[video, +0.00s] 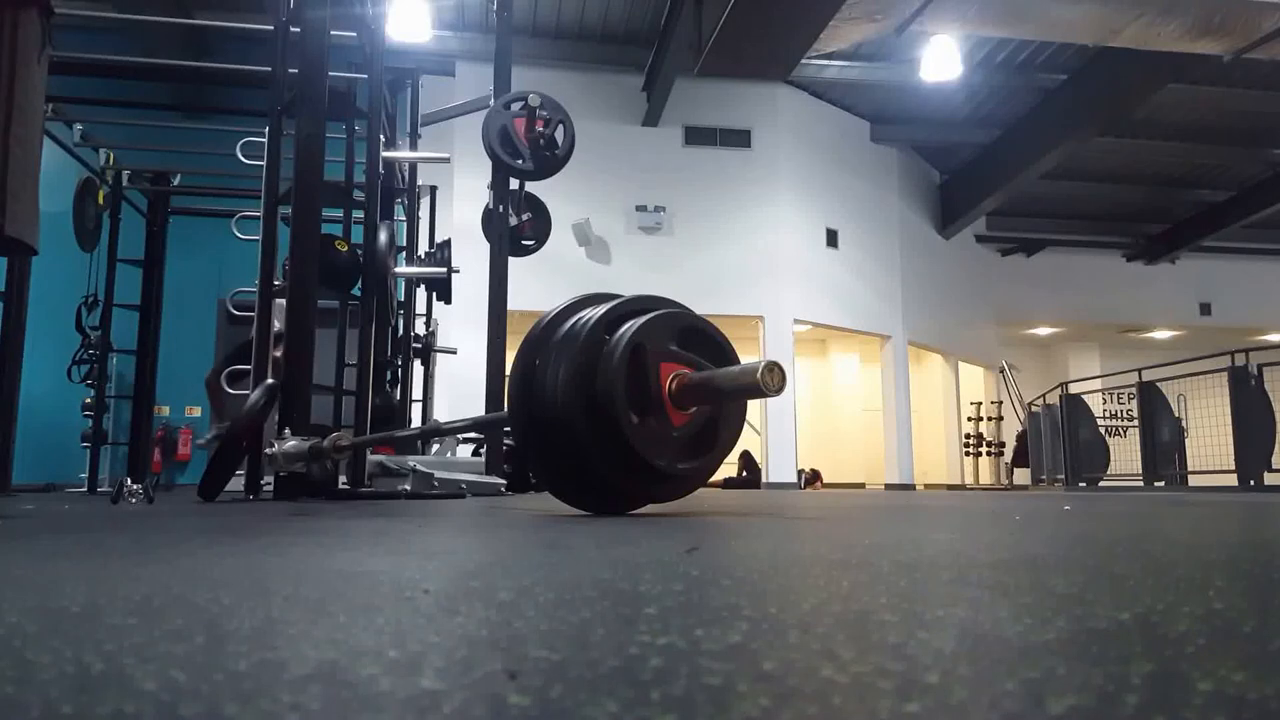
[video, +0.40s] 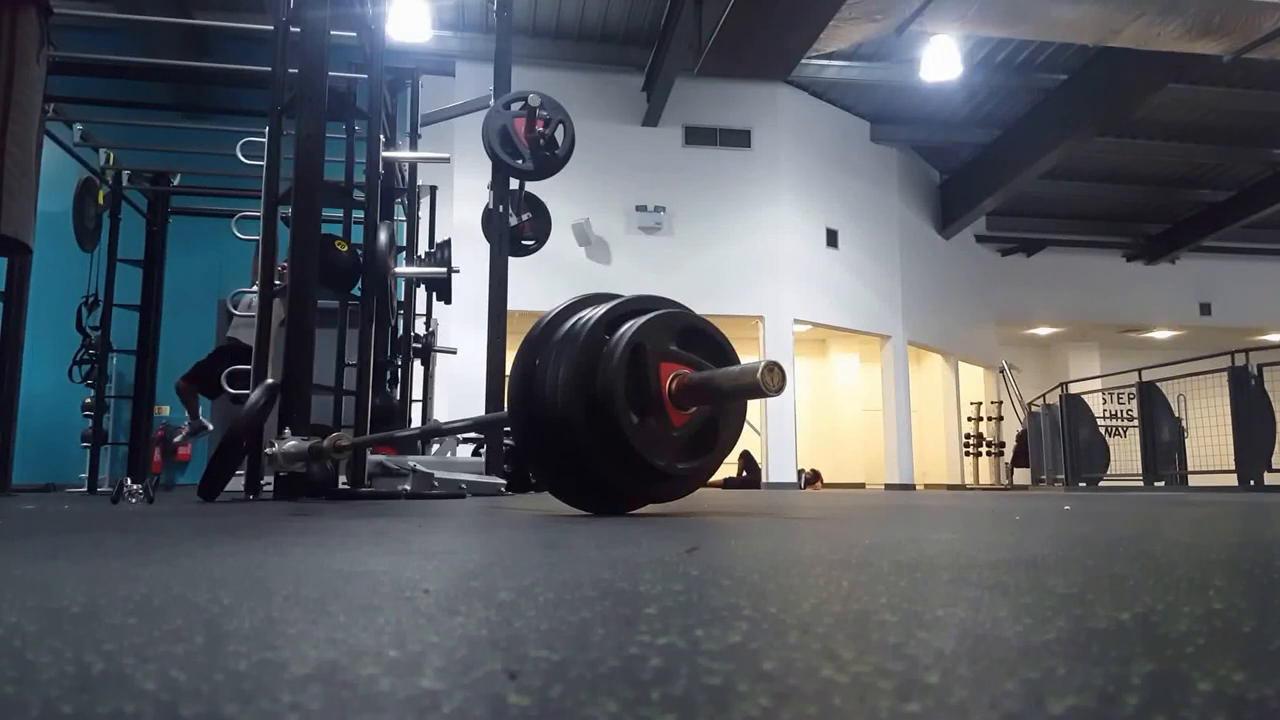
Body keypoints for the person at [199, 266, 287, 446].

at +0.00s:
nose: (290, 275)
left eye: (294, 270)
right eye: (287, 270)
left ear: (303, 273)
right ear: (283, 271)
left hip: (287, 339)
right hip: (260, 339)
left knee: (276, 359)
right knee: (213, 381)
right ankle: (219, 425)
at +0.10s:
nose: (285, 272)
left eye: (289, 269)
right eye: (283, 268)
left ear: (297, 273)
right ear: (280, 271)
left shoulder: (299, 298)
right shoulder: (270, 292)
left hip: (279, 345)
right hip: (252, 342)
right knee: (204, 381)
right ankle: (206, 426)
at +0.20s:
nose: (282, 275)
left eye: (287, 272)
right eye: (281, 270)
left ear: (294, 277)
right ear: (276, 272)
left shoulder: (291, 301)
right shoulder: (261, 296)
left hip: (272, 350)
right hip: (246, 345)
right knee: (196, 383)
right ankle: (197, 426)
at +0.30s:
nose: (282, 270)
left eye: (287, 268)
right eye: (281, 266)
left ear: (292, 277)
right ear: (275, 271)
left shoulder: (285, 301)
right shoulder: (256, 295)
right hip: (238, 347)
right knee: (189, 386)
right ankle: (194, 425)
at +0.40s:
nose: (281, 270)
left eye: (286, 269)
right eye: (281, 266)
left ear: (291, 276)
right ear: (275, 269)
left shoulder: (285, 296)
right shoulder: (259, 286)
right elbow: (259, 259)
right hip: (232, 346)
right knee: (185, 386)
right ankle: (195, 423)